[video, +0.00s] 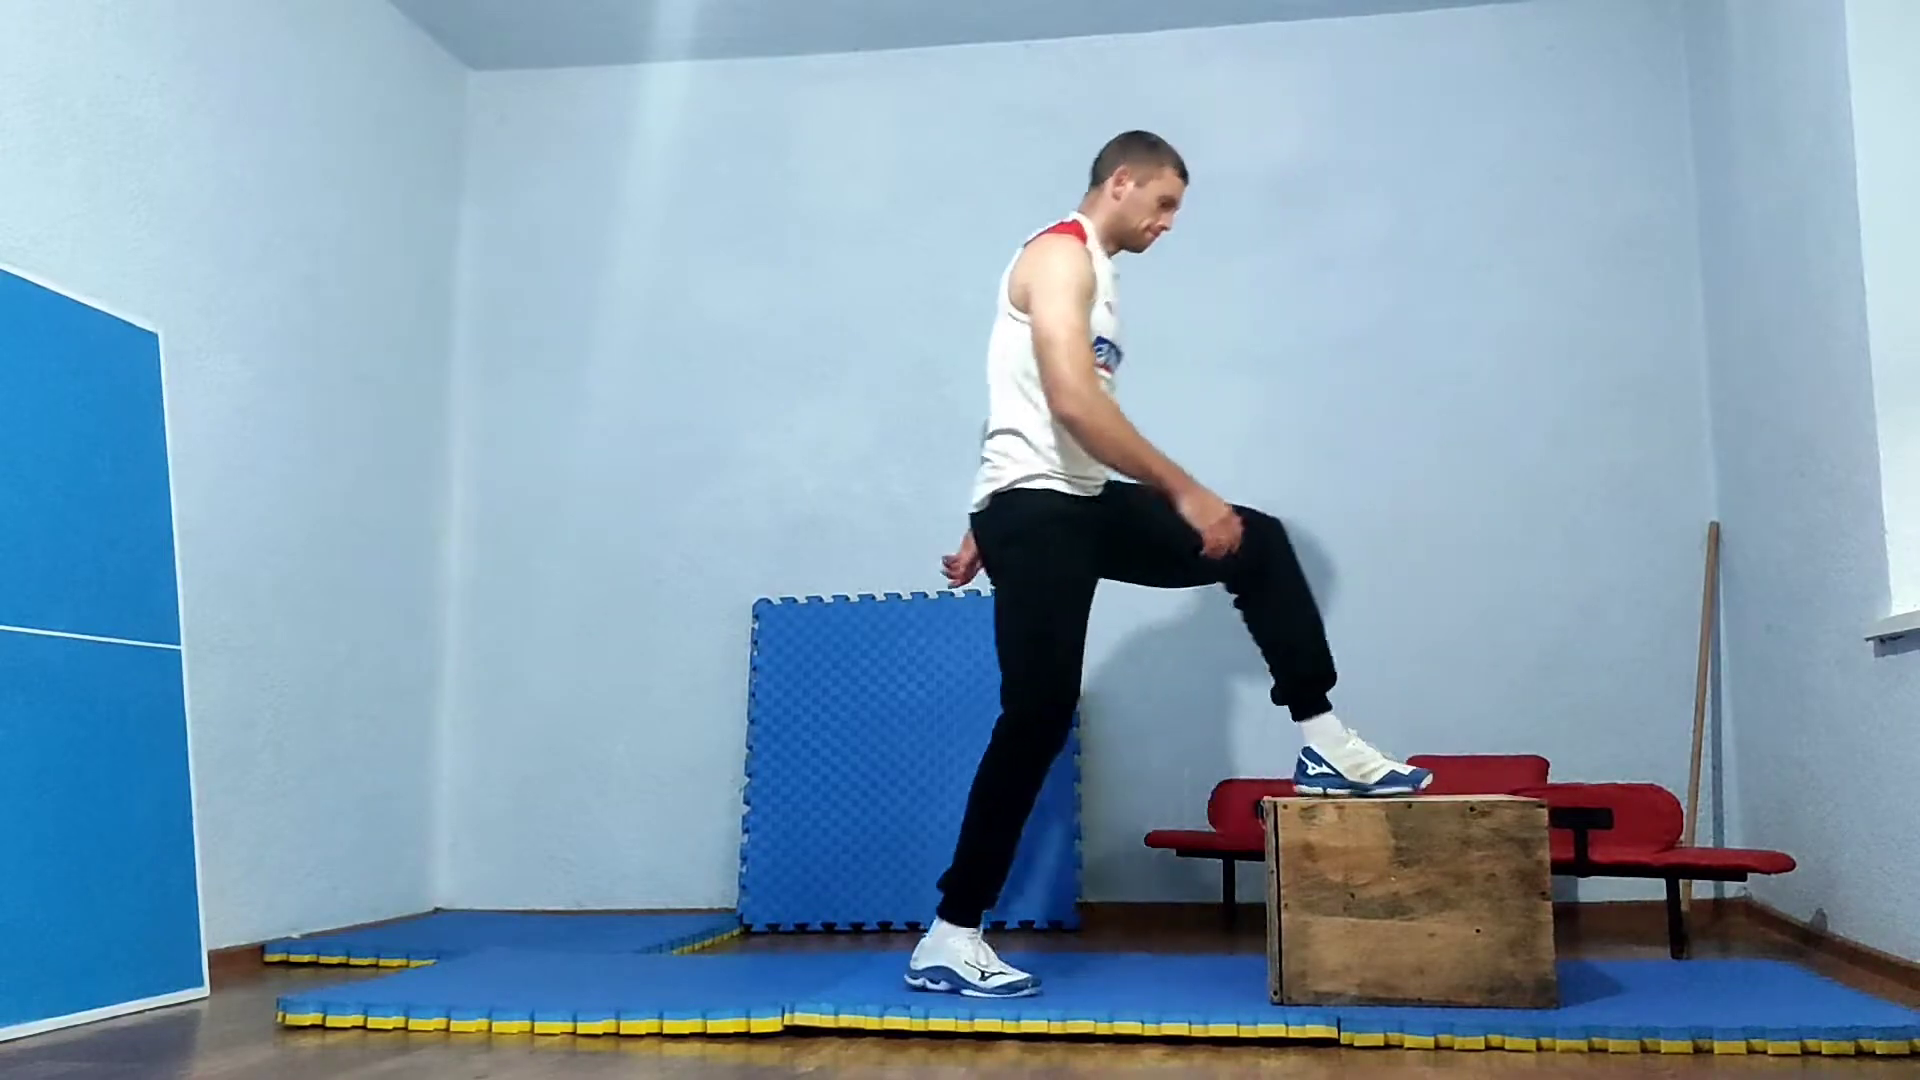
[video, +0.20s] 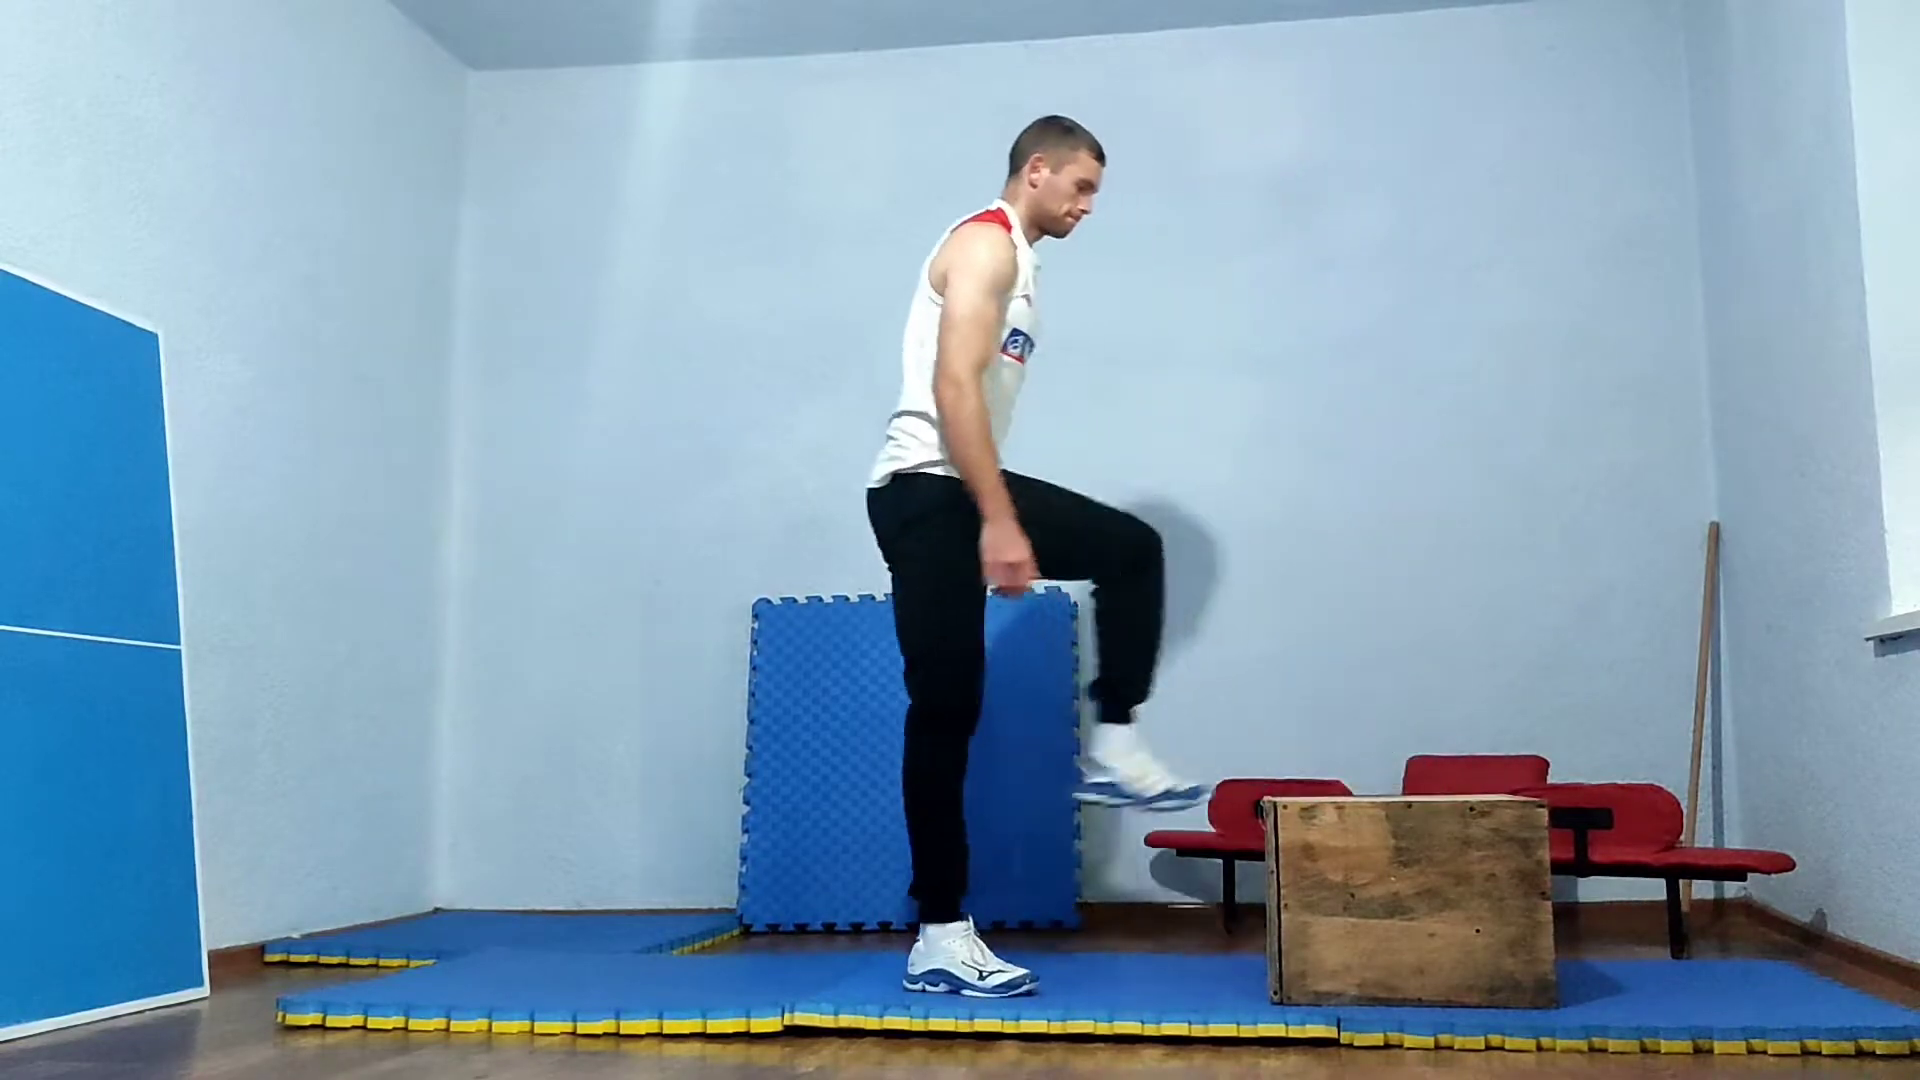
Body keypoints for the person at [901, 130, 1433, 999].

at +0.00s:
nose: (1167, 224)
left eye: (1174, 210)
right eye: (1164, 204)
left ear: (1129, 193)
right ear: (1116, 184)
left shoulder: (1091, 273)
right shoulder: (1058, 255)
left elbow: (1045, 416)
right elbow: (1075, 402)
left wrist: (989, 520)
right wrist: (1186, 491)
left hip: (1092, 507)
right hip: (1036, 513)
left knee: (1254, 541)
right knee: (1037, 715)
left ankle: (1327, 739)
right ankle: (949, 935)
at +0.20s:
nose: (1087, 206)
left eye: (1093, 194)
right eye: (1080, 188)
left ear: (1044, 178)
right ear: (1031, 173)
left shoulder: (1014, 255)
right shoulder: (986, 246)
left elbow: (965, 395)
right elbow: (954, 389)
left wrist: (987, 508)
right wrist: (998, 518)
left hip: (969, 484)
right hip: (925, 492)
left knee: (1131, 549)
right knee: (945, 705)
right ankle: (940, 933)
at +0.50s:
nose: (921, 225)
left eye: (927, 213)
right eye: (914, 207)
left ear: (898, 212)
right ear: (864, 196)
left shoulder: (881, 304)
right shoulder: (814, 271)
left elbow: (911, 434)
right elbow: (739, 387)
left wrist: (995, 498)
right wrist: (751, 519)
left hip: (869, 522)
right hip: (837, 519)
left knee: (840, 719)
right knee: (915, 715)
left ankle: (707, 874)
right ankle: (943, 934)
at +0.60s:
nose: (874, 245)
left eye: (880, 233)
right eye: (866, 228)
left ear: (861, 232)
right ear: (818, 217)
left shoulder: (844, 330)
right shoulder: (768, 294)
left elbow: (873, 448)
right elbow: (690, 407)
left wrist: (952, 513)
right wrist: (698, 530)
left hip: (810, 538)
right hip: (780, 537)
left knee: (759, 737)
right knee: (861, 726)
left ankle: (663, 911)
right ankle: (930, 931)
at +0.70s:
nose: (838, 252)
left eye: (845, 241)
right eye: (830, 235)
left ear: (836, 242)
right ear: (784, 219)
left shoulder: (808, 331)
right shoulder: (725, 290)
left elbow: (822, 449)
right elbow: (666, 407)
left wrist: (887, 535)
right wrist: (675, 523)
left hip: (770, 534)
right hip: (726, 528)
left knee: (728, 730)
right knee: (807, 713)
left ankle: (658, 916)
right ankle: (874, 915)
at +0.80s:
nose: (800, 244)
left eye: (810, 234)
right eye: (792, 226)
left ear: (802, 236)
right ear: (748, 210)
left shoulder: (773, 322)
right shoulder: (688, 280)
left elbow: (775, 449)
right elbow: (629, 396)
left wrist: (805, 554)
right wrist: (670, 497)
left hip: (735, 525)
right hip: (693, 517)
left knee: (700, 716)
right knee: (764, 692)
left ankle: (655, 915)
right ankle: (757, 912)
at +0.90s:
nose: (766, 247)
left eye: (775, 237)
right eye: (757, 230)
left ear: (769, 237)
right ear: (715, 213)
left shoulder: (741, 323)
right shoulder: (656, 282)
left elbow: (730, 455)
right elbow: (600, 395)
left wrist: (728, 574)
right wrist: (670, 478)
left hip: (701, 527)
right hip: (656, 517)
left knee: (676, 704)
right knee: (707, 694)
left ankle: (648, 900)